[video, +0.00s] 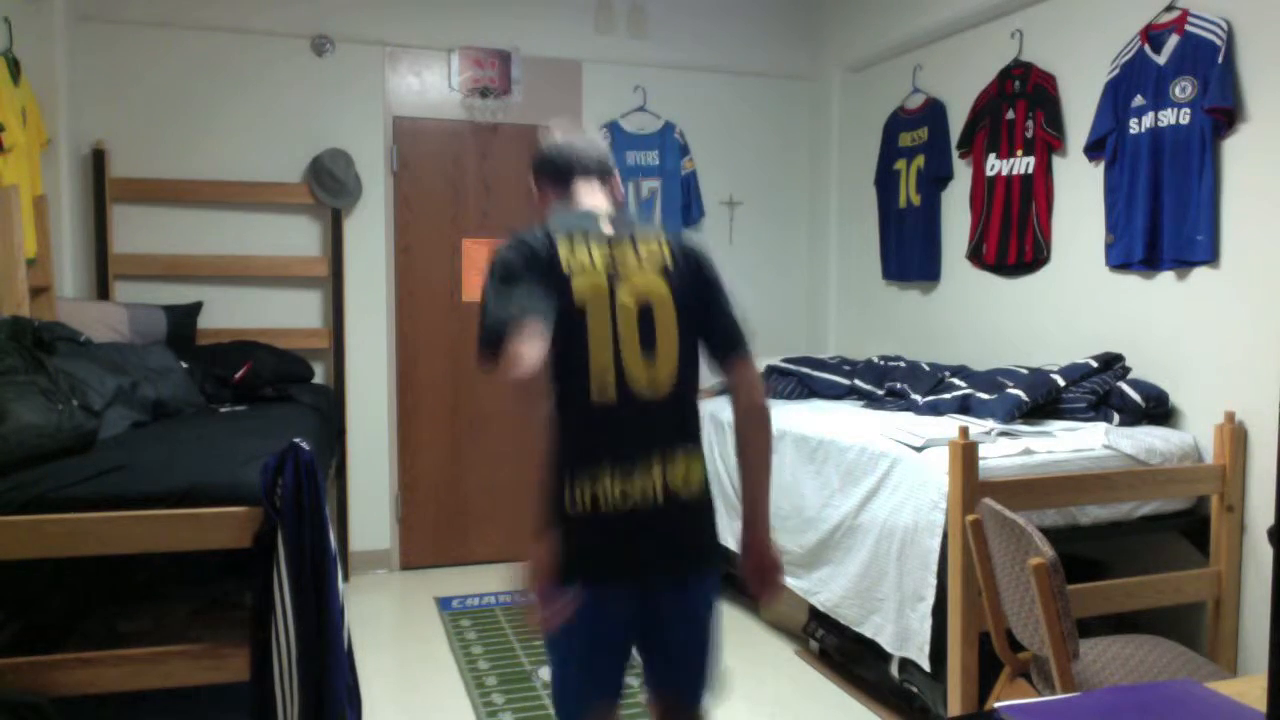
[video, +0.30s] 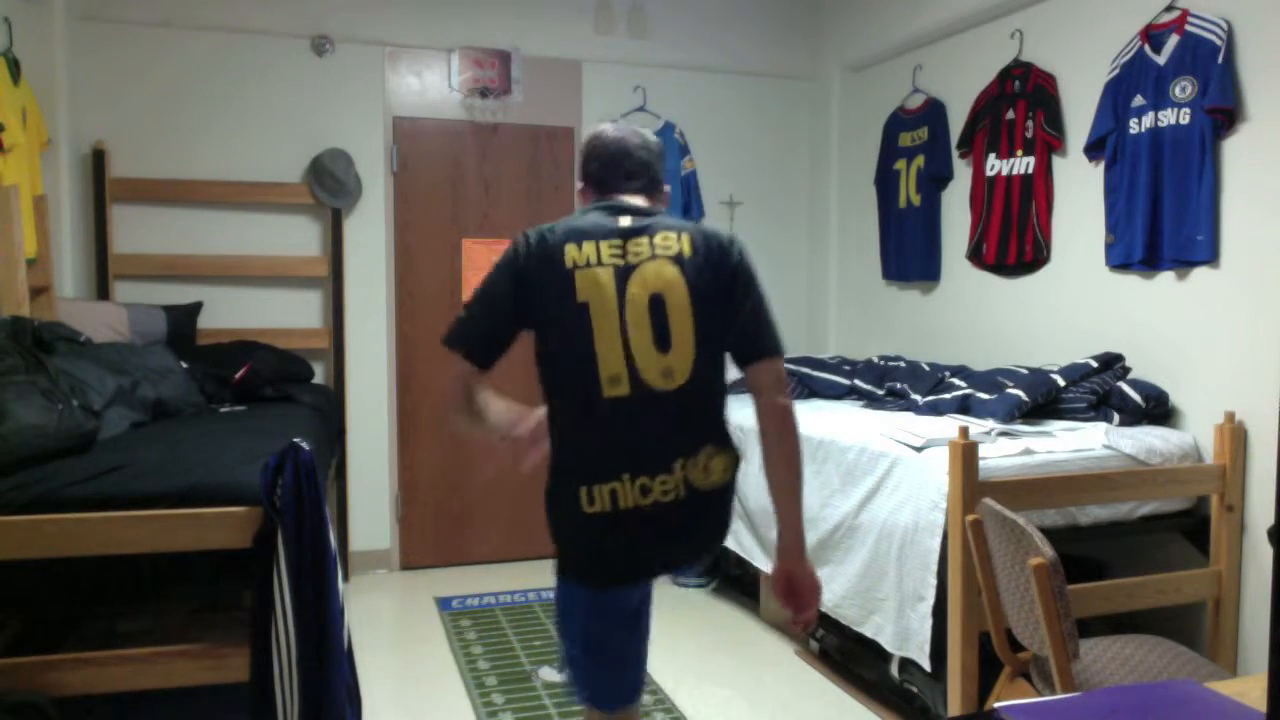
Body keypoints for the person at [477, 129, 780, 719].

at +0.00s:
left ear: (542, 191)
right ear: (615, 187)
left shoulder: (529, 253)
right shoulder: (680, 254)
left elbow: (527, 367)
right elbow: (750, 395)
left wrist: (542, 531)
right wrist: (758, 531)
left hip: (587, 539)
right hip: (682, 533)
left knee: (588, 708)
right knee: (679, 706)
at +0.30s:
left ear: (583, 188)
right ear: (662, 190)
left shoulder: (538, 251)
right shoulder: (716, 251)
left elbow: (462, 388)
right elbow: (775, 398)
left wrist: (514, 420)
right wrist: (793, 551)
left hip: (601, 521)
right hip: (701, 512)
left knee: (610, 702)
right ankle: (589, 670)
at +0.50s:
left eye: (600, 162)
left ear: (602, 171)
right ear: (684, 169)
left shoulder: (557, 251)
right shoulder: (737, 250)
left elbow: (487, 394)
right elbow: (791, 397)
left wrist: (568, 377)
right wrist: (787, 519)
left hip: (612, 529)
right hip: (713, 522)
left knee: (624, 706)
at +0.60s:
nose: (608, 157)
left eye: (608, 148)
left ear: (608, 159)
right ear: (690, 157)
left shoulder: (565, 249)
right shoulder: (746, 251)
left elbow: (501, 394)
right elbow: (796, 401)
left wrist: (564, 379)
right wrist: (781, 508)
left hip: (618, 524)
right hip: (718, 517)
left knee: (621, 701)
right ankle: (648, 699)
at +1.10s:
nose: (684, 136)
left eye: (685, 125)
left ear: (692, 137)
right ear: (773, 137)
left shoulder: (692, 235)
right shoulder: (822, 246)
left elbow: (678, 406)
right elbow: (812, 388)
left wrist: (622, 395)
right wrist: (664, 391)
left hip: (704, 536)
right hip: (799, 534)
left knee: (640, 703)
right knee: (773, 710)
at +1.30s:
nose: (704, 131)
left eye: (704, 121)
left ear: (712, 133)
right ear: (792, 132)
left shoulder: (682, 234)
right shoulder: (842, 246)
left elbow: (613, 395)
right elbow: (887, 391)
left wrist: (644, 414)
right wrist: (819, 388)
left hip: (716, 536)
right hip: (811, 535)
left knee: (703, 704)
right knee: (782, 704)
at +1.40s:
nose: (706, 126)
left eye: (706, 116)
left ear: (713, 128)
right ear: (793, 127)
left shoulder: (680, 228)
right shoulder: (843, 237)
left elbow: (597, 379)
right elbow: (898, 381)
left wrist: (624, 380)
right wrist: (833, 376)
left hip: (715, 526)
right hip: (813, 524)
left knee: (704, 704)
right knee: (780, 703)